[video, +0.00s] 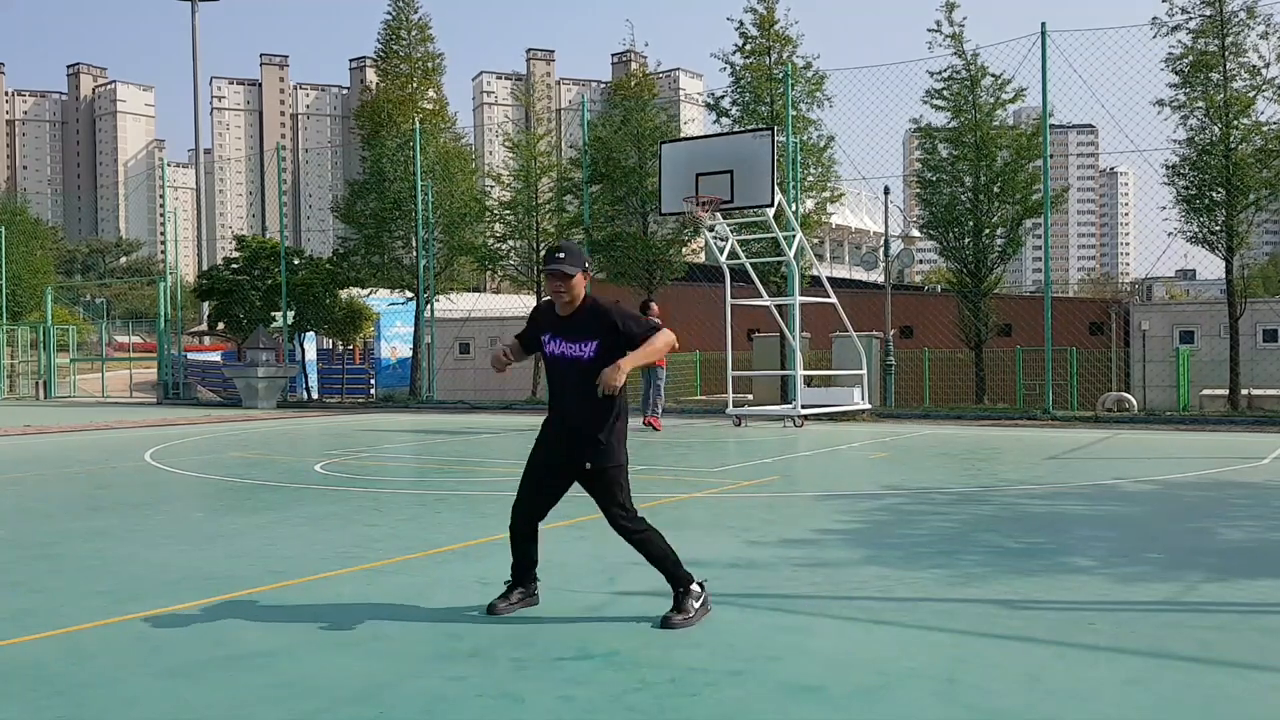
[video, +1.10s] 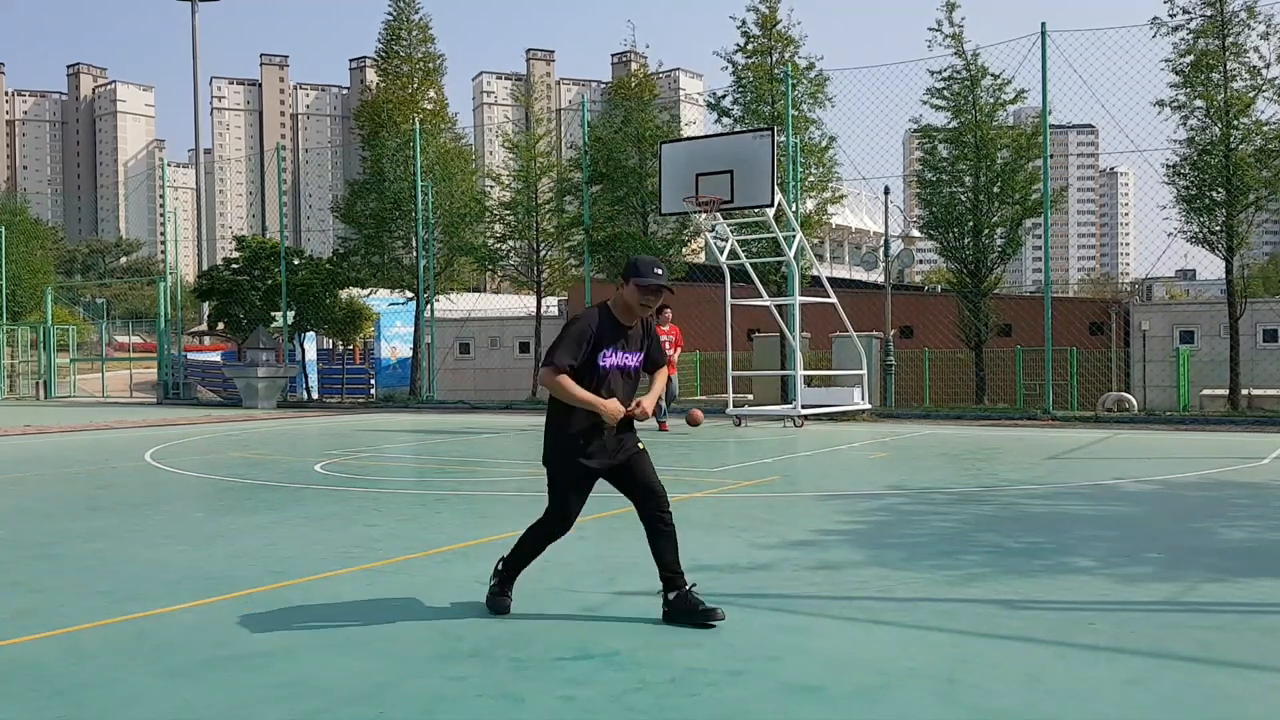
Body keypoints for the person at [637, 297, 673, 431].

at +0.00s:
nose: (658, 309)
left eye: (656, 306)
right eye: (655, 307)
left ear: (646, 311)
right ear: (649, 310)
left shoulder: (640, 325)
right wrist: (671, 340)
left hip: (644, 360)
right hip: (658, 360)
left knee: (646, 389)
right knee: (658, 389)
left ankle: (646, 415)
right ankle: (655, 416)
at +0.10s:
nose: (658, 314)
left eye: (656, 311)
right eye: (655, 312)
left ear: (646, 316)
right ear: (649, 315)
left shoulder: (641, 328)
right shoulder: (653, 327)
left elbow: (641, 344)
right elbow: (659, 345)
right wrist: (669, 340)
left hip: (645, 366)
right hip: (657, 366)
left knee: (648, 392)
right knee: (661, 394)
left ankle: (645, 416)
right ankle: (653, 416)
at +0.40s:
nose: (659, 312)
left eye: (659, 309)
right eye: (656, 310)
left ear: (658, 311)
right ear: (649, 313)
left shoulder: (655, 324)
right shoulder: (648, 323)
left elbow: (655, 342)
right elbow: (647, 342)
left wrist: (661, 354)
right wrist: (659, 355)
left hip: (654, 362)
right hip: (652, 362)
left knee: (650, 389)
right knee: (659, 389)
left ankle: (646, 415)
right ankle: (651, 416)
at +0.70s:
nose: (662, 316)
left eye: (663, 314)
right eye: (659, 314)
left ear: (665, 316)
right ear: (653, 316)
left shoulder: (664, 329)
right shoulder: (648, 329)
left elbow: (667, 347)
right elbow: (645, 347)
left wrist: (672, 360)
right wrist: (645, 365)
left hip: (662, 365)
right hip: (653, 365)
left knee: (653, 391)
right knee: (661, 388)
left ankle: (645, 417)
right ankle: (656, 417)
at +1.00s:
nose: (667, 317)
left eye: (668, 314)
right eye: (664, 315)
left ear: (670, 316)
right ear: (657, 317)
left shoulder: (674, 331)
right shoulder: (650, 330)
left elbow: (677, 346)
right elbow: (646, 347)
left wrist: (675, 355)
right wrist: (652, 357)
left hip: (669, 366)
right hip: (656, 366)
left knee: (666, 394)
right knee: (661, 395)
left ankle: (651, 414)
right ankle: (663, 420)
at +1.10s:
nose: (669, 316)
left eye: (670, 313)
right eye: (666, 313)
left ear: (672, 315)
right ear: (659, 316)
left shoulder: (675, 329)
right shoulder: (654, 330)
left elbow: (679, 344)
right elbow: (651, 346)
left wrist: (676, 355)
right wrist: (659, 357)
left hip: (671, 365)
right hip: (658, 366)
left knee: (673, 393)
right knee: (660, 394)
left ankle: (660, 409)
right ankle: (662, 420)